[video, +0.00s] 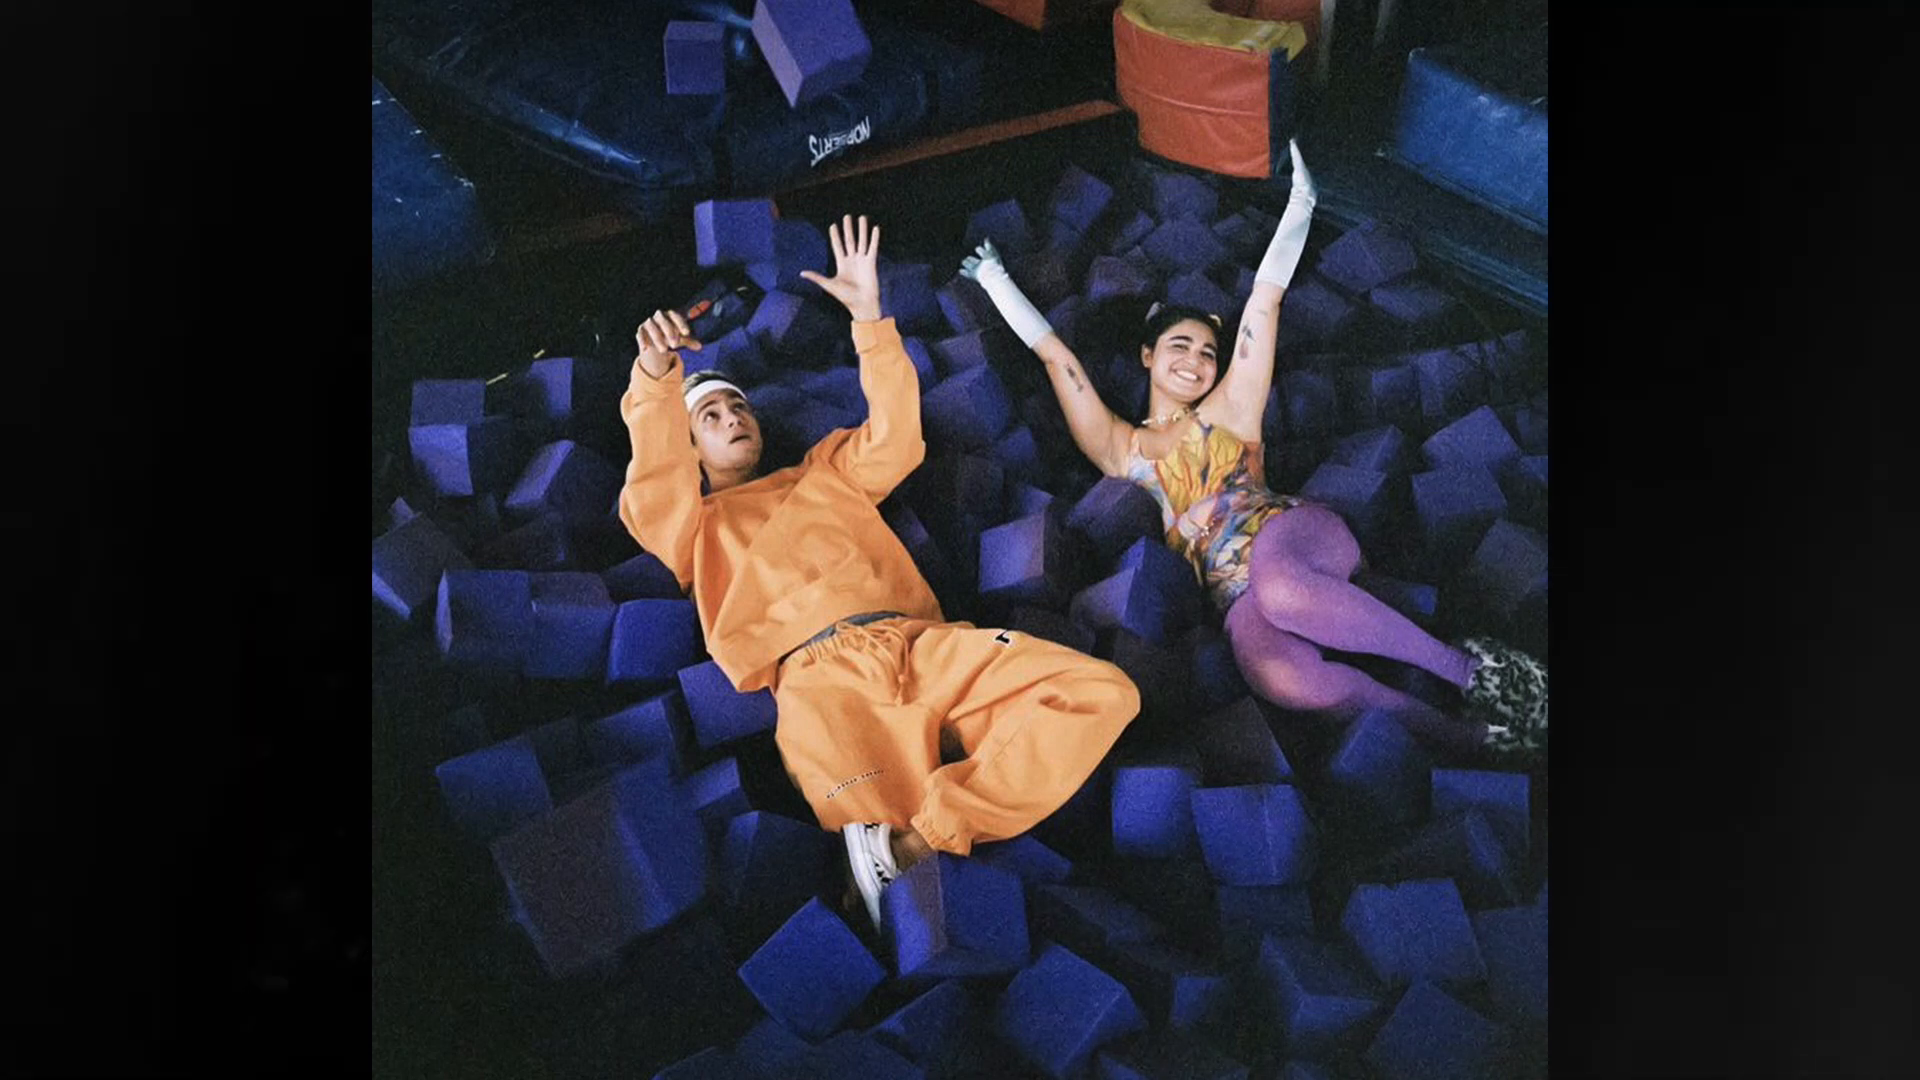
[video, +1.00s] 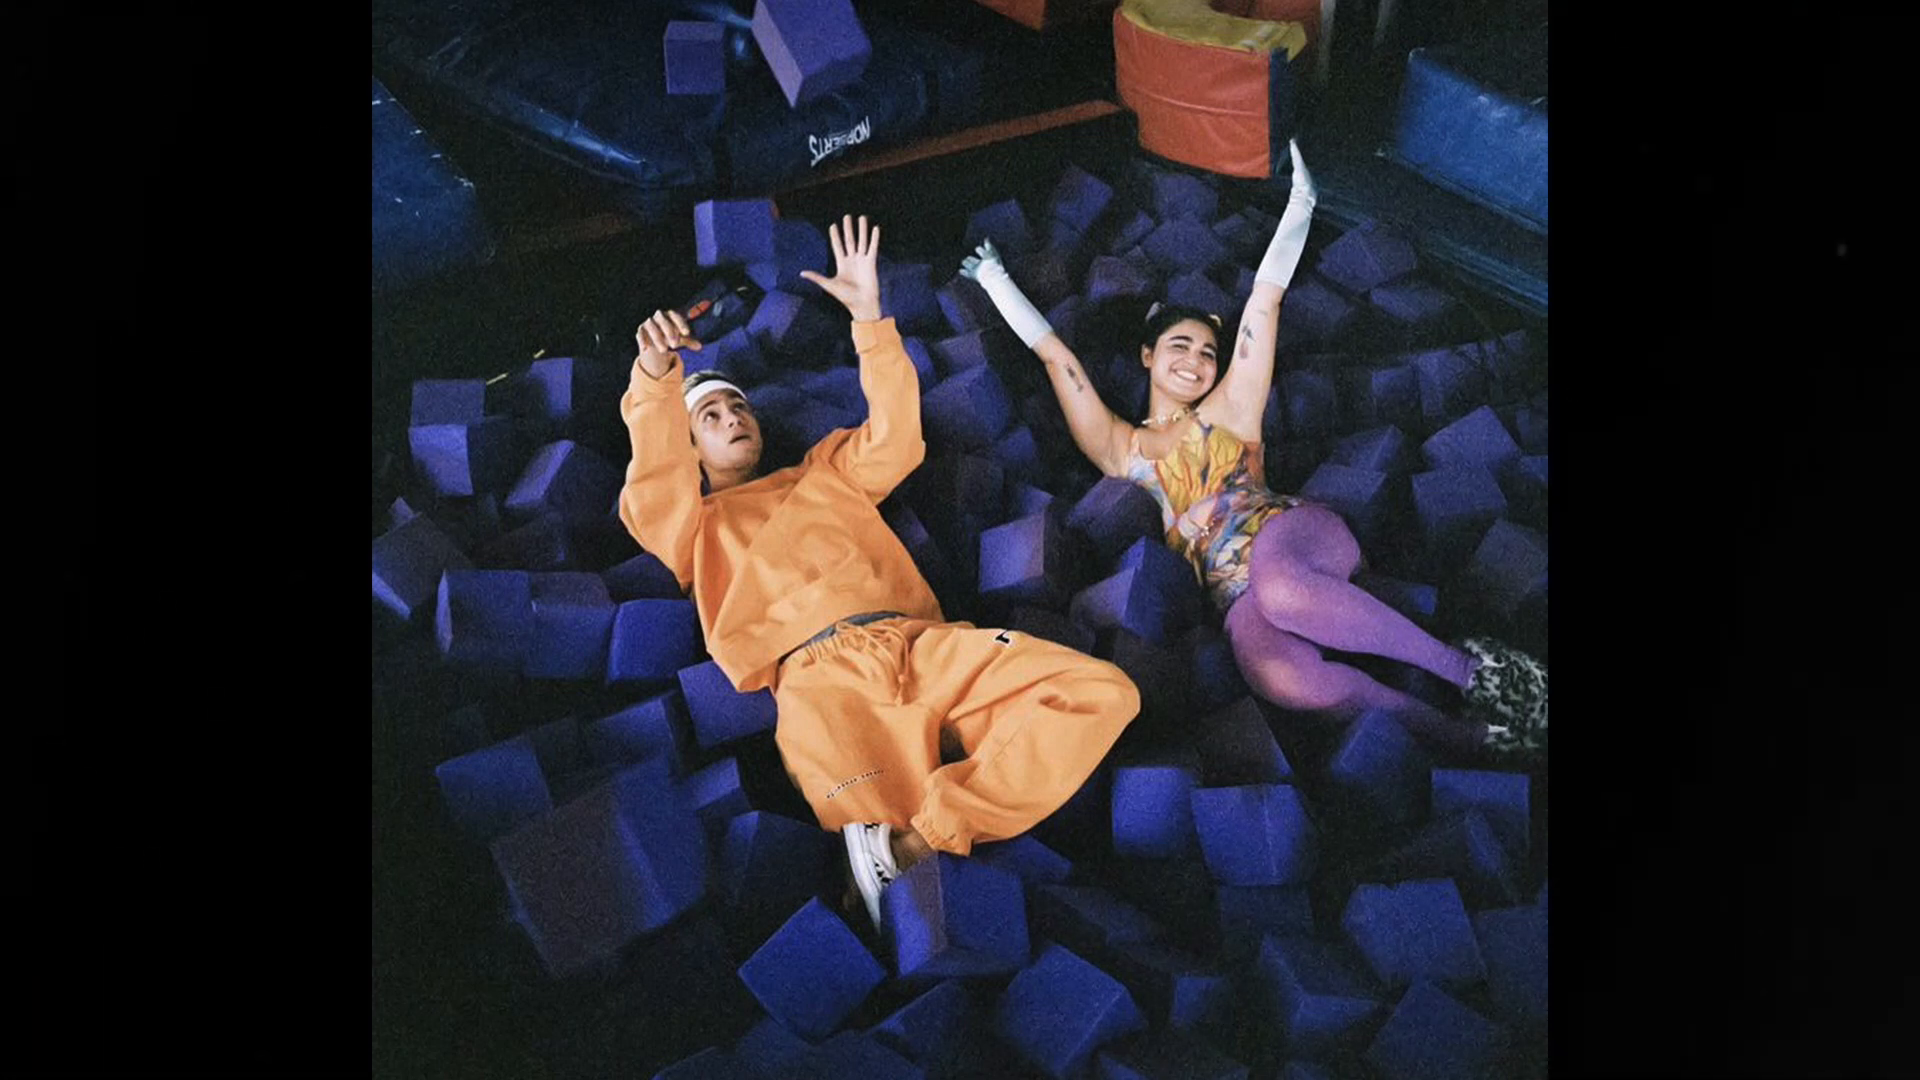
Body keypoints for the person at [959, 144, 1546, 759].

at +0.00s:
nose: (1190, 359)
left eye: (1204, 353)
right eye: (1176, 347)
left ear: (1216, 370)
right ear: (1145, 358)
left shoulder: (1230, 410)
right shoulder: (1123, 449)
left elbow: (1264, 304)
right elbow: (1058, 359)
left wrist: (1299, 208)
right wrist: (992, 277)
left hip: (1289, 532)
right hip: (1239, 597)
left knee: (1278, 592)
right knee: (1286, 680)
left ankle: (1472, 671)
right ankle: (1465, 734)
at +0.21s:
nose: (1190, 359)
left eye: (1204, 353)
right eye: (1176, 347)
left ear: (1216, 370)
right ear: (1145, 358)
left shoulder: (1230, 410)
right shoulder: (1123, 449)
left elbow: (1264, 304)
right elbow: (1058, 359)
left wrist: (1299, 208)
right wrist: (992, 277)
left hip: (1289, 532)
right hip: (1239, 597)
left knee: (1278, 592)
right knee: (1286, 680)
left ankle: (1472, 671)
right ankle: (1464, 734)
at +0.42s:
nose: (1190, 359)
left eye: (1204, 353)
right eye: (1176, 347)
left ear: (1216, 370)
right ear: (1145, 358)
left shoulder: (1230, 410)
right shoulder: (1123, 449)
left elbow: (1264, 304)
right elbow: (1058, 359)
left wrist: (1299, 208)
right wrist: (992, 277)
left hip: (1289, 532)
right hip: (1239, 597)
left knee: (1278, 592)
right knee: (1286, 680)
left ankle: (1472, 671)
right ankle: (1465, 735)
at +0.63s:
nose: (1191, 360)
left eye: (1205, 354)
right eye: (1177, 346)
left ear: (1216, 371)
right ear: (1145, 357)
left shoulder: (1230, 411)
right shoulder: (1122, 448)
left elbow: (1264, 306)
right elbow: (1058, 359)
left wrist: (1298, 209)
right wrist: (991, 278)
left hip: (1287, 531)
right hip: (1238, 596)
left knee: (1278, 593)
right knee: (1287, 680)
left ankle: (1471, 671)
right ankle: (1463, 735)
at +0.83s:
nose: (1191, 360)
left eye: (1205, 354)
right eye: (1177, 347)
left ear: (1216, 371)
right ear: (1144, 358)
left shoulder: (1230, 411)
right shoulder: (1122, 449)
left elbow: (1264, 305)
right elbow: (1058, 360)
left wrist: (1299, 208)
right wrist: (992, 278)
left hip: (1287, 530)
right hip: (1238, 596)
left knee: (1279, 593)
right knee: (1288, 681)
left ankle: (1472, 671)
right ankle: (1464, 735)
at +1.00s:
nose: (1191, 360)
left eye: (1205, 354)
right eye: (1176, 346)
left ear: (1216, 371)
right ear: (1145, 358)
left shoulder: (1230, 411)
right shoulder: (1122, 449)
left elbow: (1264, 305)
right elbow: (1058, 360)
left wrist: (1299, 208)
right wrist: (992, 278)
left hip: (1287, 530)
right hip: (1238, 596)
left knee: (1279, 593)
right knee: (1288, 681)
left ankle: (1472, 671)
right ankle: (1463, 735)